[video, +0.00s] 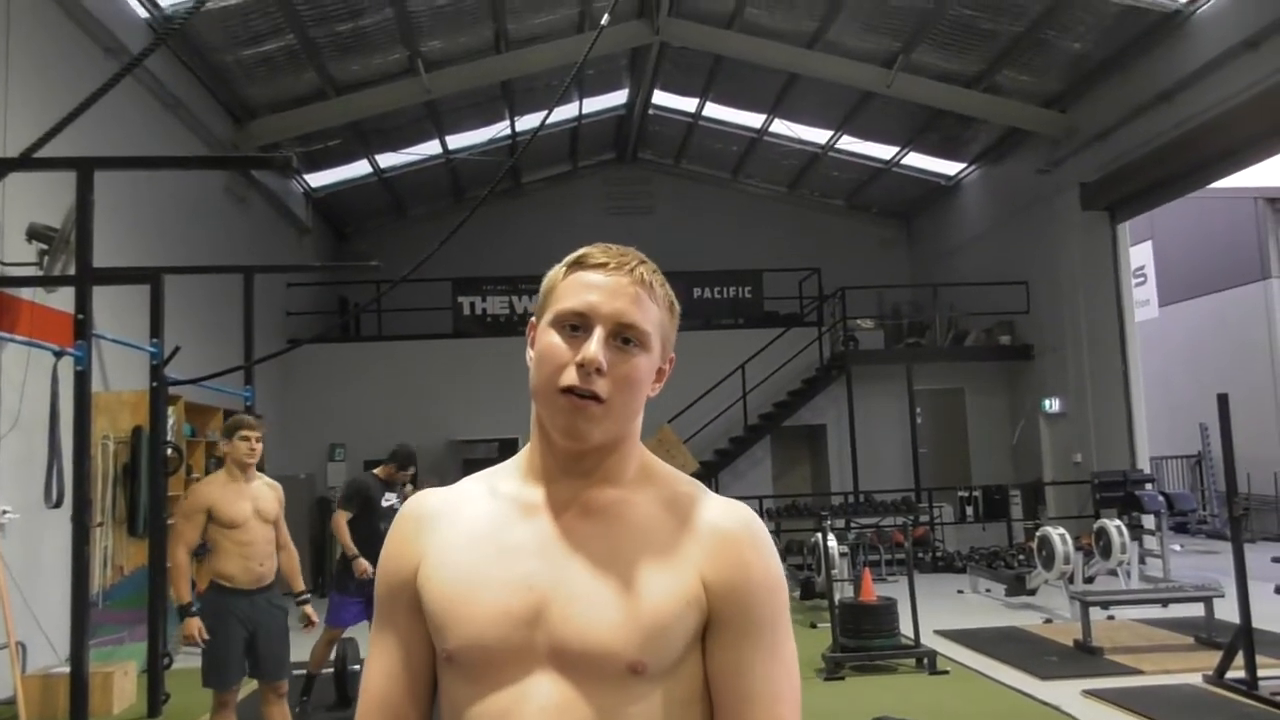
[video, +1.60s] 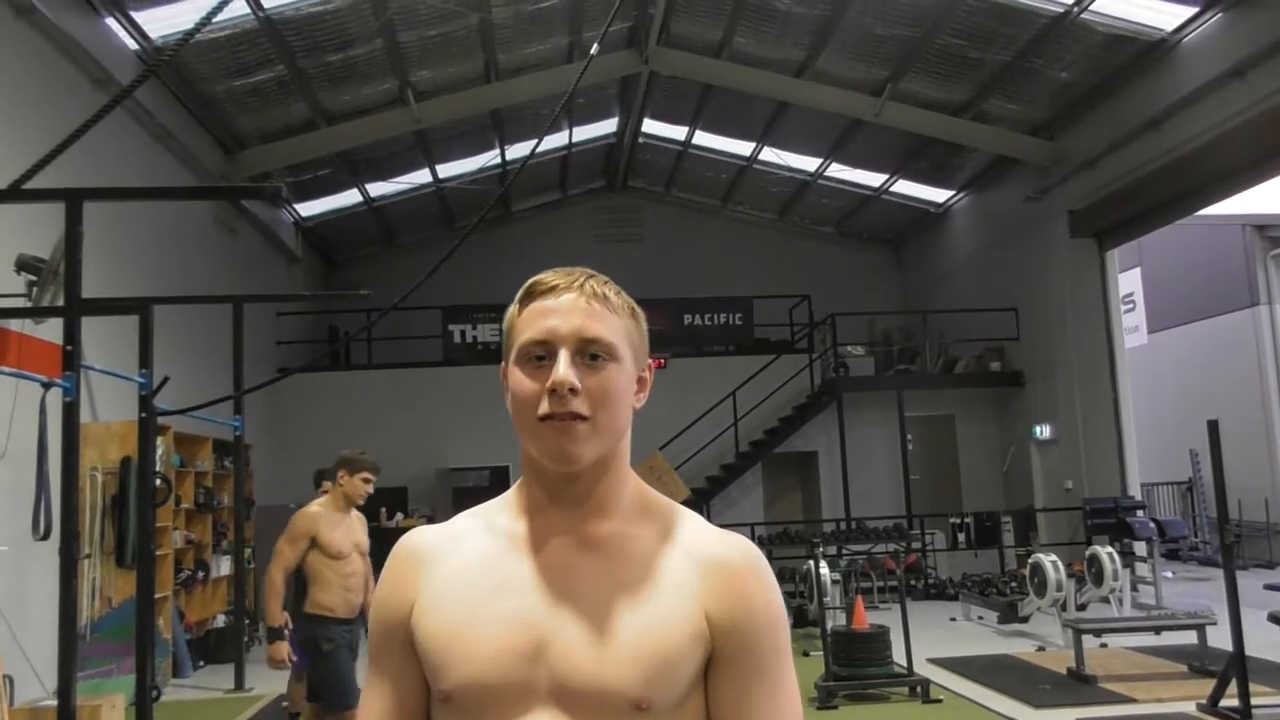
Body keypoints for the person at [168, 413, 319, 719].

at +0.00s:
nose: (253, 446)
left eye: (258, 441)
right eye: (245, 440)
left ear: (263, 446)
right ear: (225, 446)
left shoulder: (273, 489)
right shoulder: (204, 492)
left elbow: (285, 547)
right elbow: (179, 550)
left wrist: (303, 599)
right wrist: (187, 612)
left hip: (269, 601)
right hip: (224, 604)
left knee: (278, 690)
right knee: (226, 700)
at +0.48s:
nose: (291, 463)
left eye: (291, 456)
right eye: (286, 455)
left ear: (268, 456)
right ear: (265, 455)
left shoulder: (283, 499)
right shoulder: (220, 496)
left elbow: (292, 556)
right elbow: (192, 553)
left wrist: (313, 605)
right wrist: (195, 614)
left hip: (276, 609)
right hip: (232, 612)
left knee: (275, 699)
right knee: (228, 703)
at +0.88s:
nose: (312, 473)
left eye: (314, 467)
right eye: (307, 465)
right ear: (284, 463)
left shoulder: (303, 508)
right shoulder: (248, 501)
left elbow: (309, 568)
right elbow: (204, 549)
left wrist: (321, 621)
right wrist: (224, 604)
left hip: (297, 617)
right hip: (255, 620)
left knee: (282, 704)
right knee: (238, 708)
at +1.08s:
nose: (325, 478)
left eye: (327, 472)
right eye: (320, 469)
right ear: (297, 466)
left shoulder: (317, 513)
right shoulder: (262, 503)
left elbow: (321, 571)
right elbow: (218, 550)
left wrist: (330, 625)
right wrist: (236, 604)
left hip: (309, 619)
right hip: (268, 620)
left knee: (293, 704)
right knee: (264, 709)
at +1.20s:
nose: (334, 481)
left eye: (336, 475)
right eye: (329, 473)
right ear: (306, 469)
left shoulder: (324, 515)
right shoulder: (269, 505)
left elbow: (331, 574)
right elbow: (225, 547)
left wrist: (340, 628)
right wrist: (238, 602)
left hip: (316, 618)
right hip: (278, 620)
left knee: (303, 705)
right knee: (294, 708)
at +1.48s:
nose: (357, 489)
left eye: (360, 483)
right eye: (353, 480)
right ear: (330, 476)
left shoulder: (347, 520)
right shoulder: (295, 513)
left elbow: (354, 579)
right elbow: (254, 563)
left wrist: (361, 631)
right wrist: (265, 621)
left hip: (336, 625)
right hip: (304, 627)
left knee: (300, 707)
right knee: (337, 710)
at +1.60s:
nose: (370, 490)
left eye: (372, 484)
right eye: (365, 481)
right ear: (342, 478)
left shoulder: (359, 518)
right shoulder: (309, 517)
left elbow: (366, 571)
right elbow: (276, 571)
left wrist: (373, 618)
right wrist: (276, 634)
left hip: (351, 625)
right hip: (321, 628)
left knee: (321, 707)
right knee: (345, 709)